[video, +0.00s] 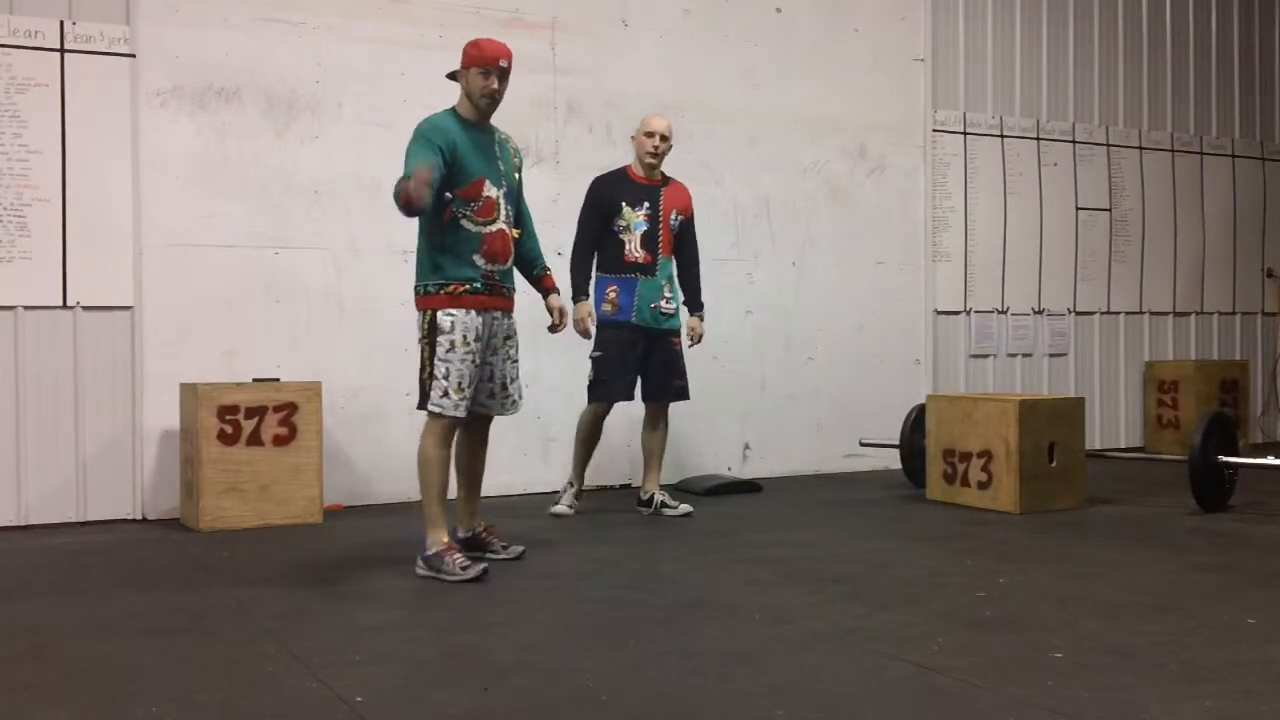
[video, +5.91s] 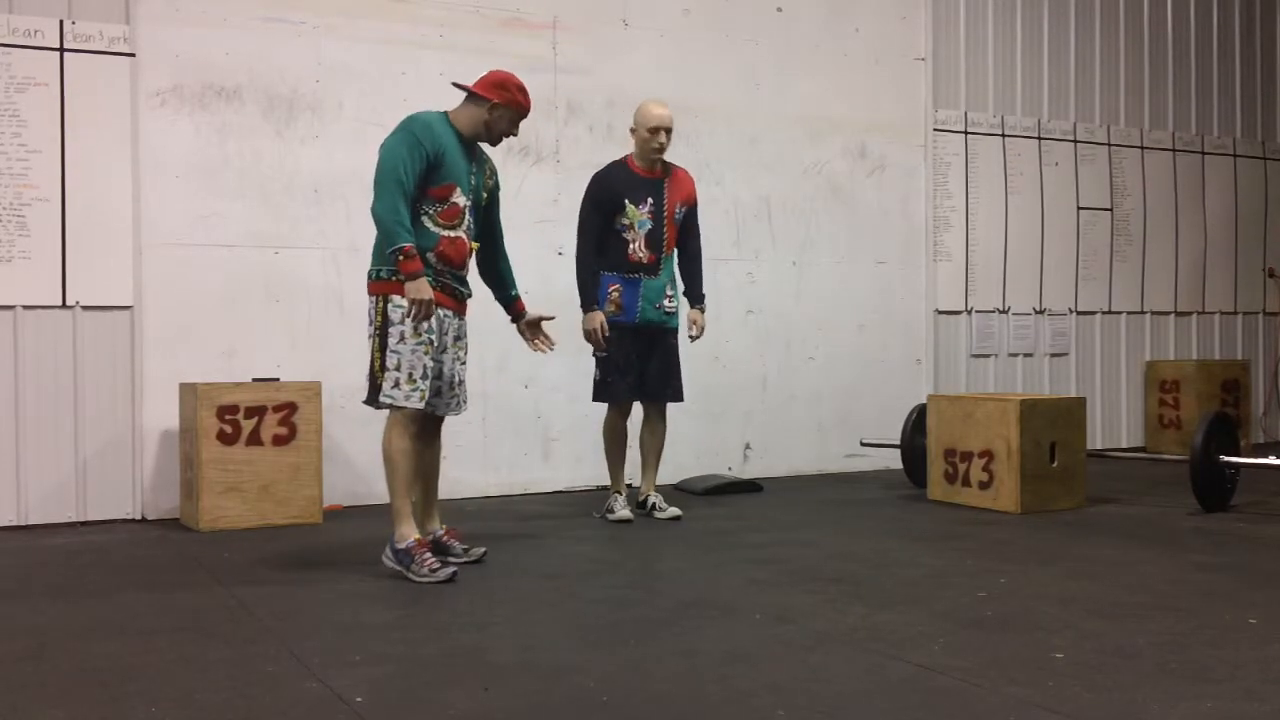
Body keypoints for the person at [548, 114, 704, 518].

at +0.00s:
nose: (657, 144)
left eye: (664, 139)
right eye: (650, 136)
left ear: (670, 146)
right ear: (634, 140)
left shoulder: (679, 195)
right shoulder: (606, 187)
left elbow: (687, 259)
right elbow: (582, 247)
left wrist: (695, 311)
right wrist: (580, 299)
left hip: (663, 319)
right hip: (615, 317)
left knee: (658, 406)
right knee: (600, 403)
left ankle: (650, 491)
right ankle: (573, 485)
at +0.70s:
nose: (591, 142)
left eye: (598, 136)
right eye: (584, 135)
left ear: (607, 144)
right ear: (571, 141)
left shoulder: (625, 190)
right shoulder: (547, 192)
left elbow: (638, 253)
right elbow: (529, 254)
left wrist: (639, 306)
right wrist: (521, 306)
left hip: (614, 318)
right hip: (565, 319)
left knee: (631, 404)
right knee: (568, 406)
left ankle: (648, 491)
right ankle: (575, 489)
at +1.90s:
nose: (652, 140)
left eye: (658, 134)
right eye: (644, 133)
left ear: (665, 142)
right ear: (628, 139)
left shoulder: (676, 191)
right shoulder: (601, 187)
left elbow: (686, 251)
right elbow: (580, 247)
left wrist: (697, 304)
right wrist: (579, 300)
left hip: (658, 315)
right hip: (610, 314)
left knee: (654, 403)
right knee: (594, 401)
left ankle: (647, 488)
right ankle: (579, 486)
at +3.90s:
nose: (644, 133)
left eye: (649, 126)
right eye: (636, 126)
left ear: (657, 132)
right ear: (619, 132)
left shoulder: (671, 182)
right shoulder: (596, 182)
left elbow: (681, 246)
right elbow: (581, 250)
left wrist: (685, 300)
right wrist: (585, 306)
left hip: (659, 314)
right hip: (613, 314)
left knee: (654, 404)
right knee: (617, 405)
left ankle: (648, 492)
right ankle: (616, 492)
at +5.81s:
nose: (654, 133)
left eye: (659, 127)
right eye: (645, 127)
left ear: (665, 132)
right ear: (627, 133)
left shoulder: (677, 183)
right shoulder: (602, 182)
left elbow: (688, 246)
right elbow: (586, 248)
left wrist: (696, 299)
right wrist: (591, 305)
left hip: (662, 315)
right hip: (616, 315)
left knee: (656, 405)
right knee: (619, 407)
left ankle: (648, 492)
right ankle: (617, 492)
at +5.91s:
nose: (661, 138)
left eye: (667, 131)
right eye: (653, 131)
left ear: (673, 134)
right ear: (633, 132)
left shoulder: (681, 182)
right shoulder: (606, 182)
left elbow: (690, 247)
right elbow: (586, 249)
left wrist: (696, 302)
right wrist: (590, 308)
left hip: (661, 315)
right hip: (616, 315)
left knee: (656, 405)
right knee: (619, 406)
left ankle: (648, 492)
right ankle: (617, 493)